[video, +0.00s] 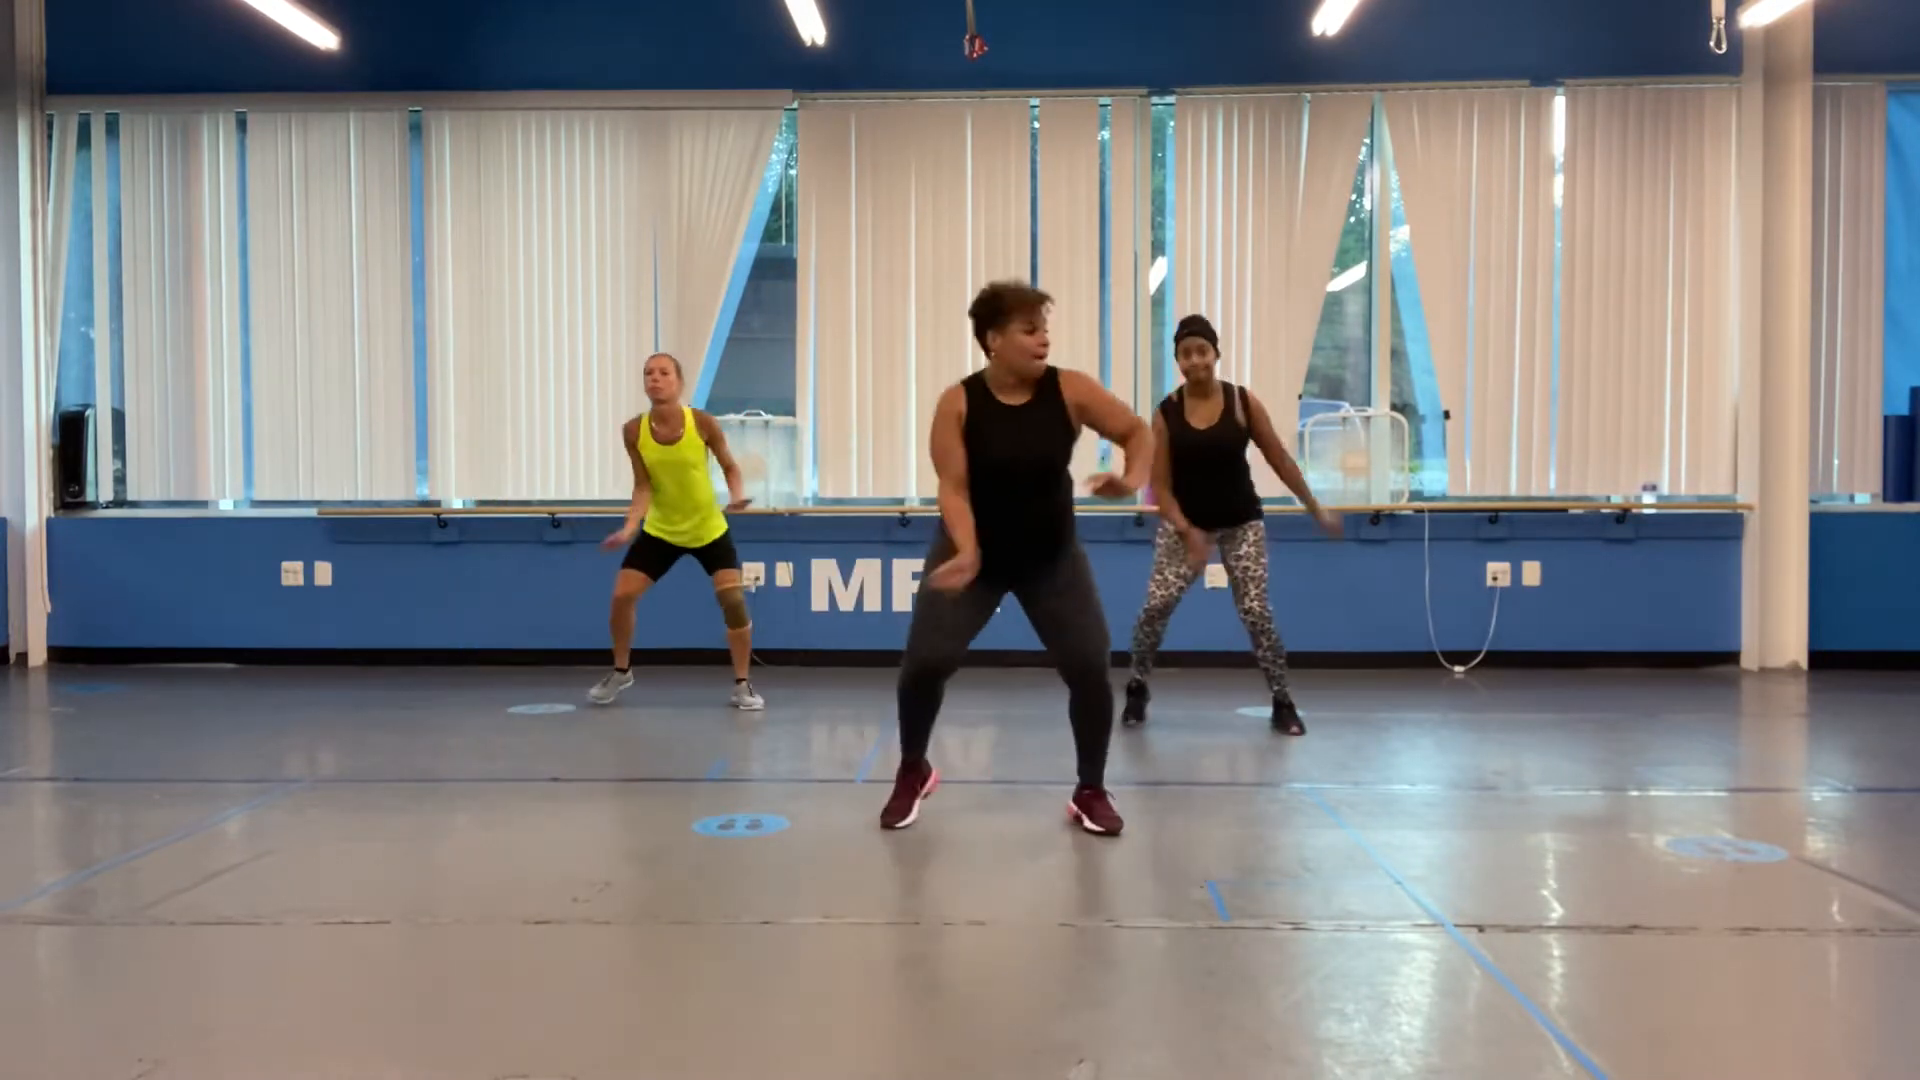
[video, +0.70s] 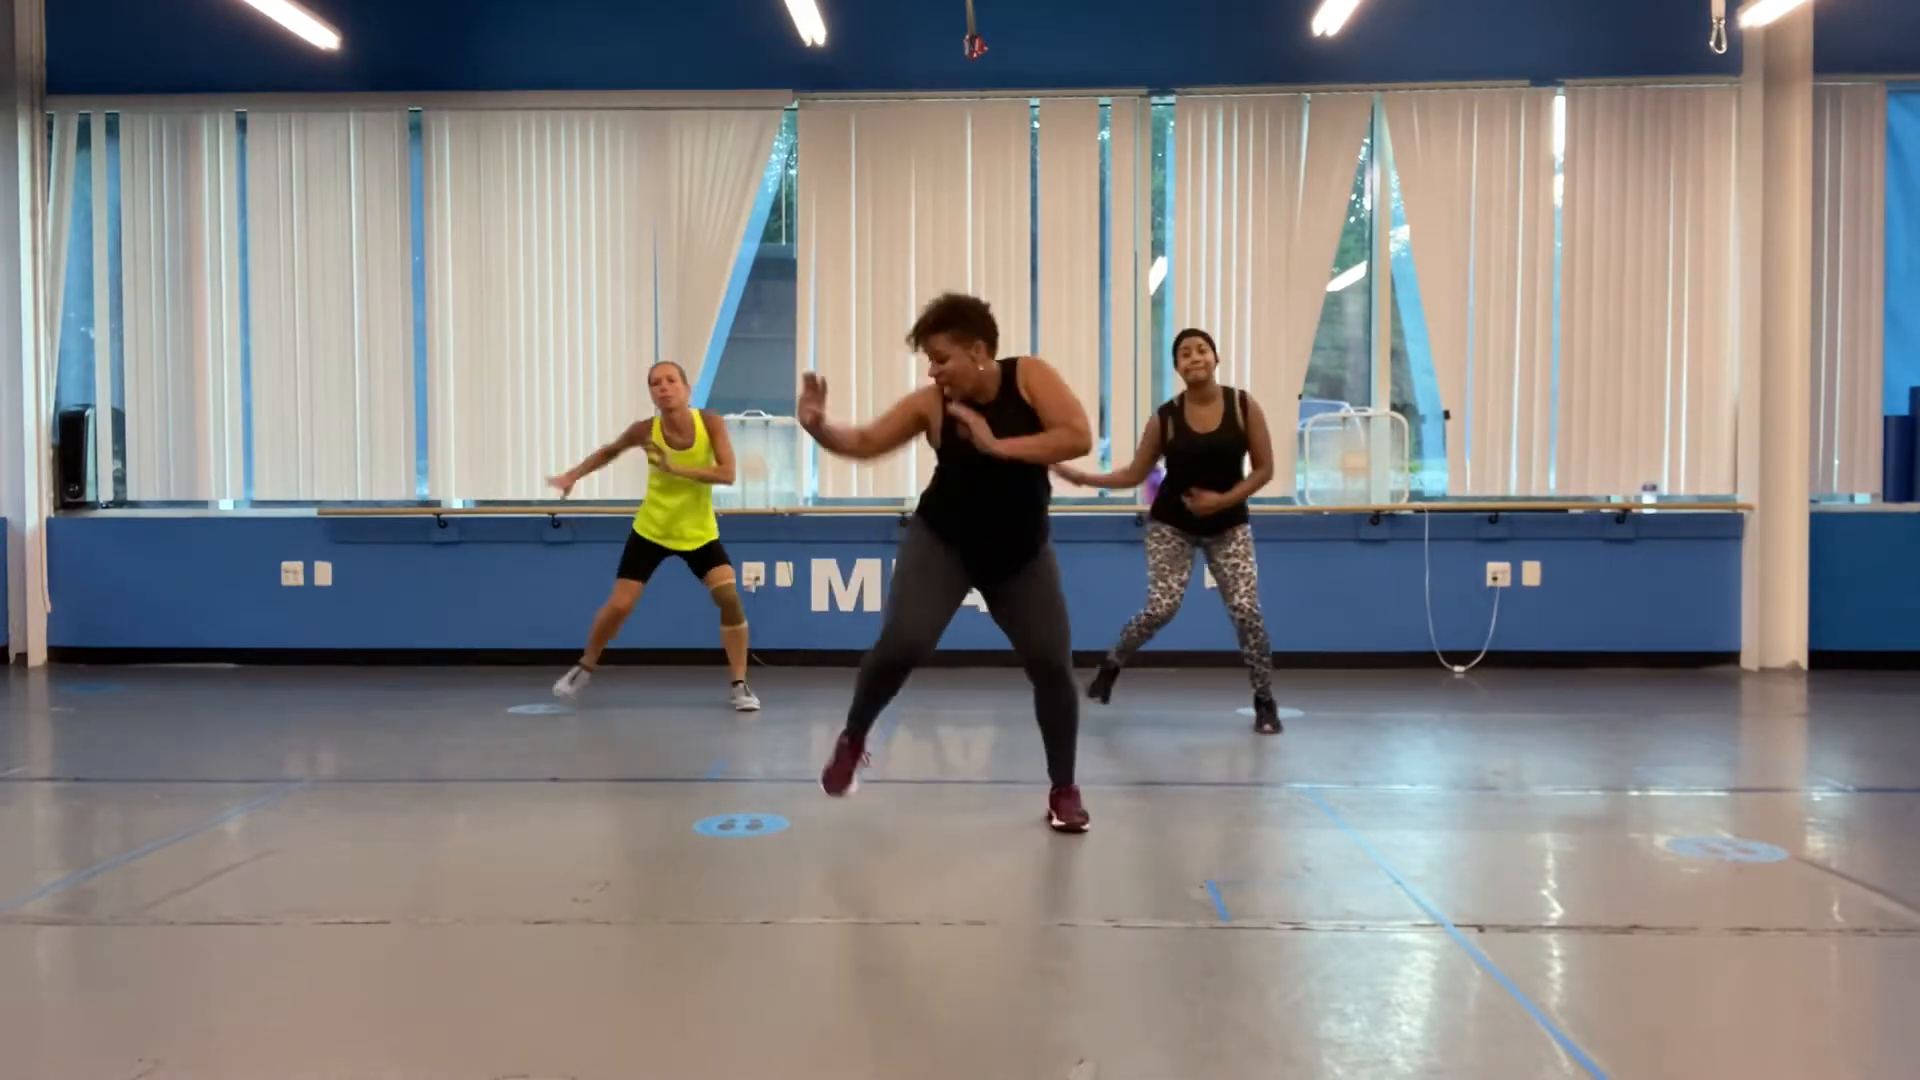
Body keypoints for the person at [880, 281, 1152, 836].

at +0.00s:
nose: (1044, 339)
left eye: (1045, 328)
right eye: (1030, 331)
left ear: (1048, 332)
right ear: (992, 341)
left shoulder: (1071, 391)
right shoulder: (957, 404)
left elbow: (1138, 433)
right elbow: (951, 486)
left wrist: (1130, 478)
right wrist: (967, 549)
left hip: (1051, 555)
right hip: (971, 553)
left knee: (1090, 666)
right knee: (923, 665)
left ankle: (1091, 790)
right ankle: (913, 769)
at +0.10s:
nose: (1028, 334)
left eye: (1029, 324)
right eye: (1015, 325)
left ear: (1028, 329)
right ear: (975, 332)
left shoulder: (1041, 382)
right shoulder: (932, 382)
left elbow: (1118, 399)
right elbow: (914, 461)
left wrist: (1138, 438)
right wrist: (996, 476)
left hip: (1033, 544)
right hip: (952, 545)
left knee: (1067, 659)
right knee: (907, 656)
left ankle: (1097, 784)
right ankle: (896, 767)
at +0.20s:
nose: (1007, 344)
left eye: (1007, 334)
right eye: (994, 335)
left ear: (1001, 341)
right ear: (954, 341)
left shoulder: (1017, 390)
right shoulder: (913, 376)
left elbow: (1082, 423)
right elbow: (875, 434)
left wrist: (1111, 432)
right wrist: (959, 430)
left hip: (1005, 541)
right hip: (930, 551)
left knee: (1057, 646)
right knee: (898, 669)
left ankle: (1113, 736)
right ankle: (881, 789)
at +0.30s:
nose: (997, 348)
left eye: (996, 338)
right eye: (984, 339)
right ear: (945, 347)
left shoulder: (1006, 413)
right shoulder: (899, 384)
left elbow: (1041, 487)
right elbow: (839, 426)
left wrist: (1078, 471)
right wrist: (917, 448)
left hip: (991, 551)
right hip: (912, 555)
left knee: (1037, 642)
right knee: (883, 674)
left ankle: (1091, 710)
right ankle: (880, 791)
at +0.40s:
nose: (981, 346)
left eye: (985, 334)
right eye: (966, 335)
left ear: (991, 338)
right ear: (934, 341)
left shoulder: (1005, 411)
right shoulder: (897, 379)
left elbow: (997, 499)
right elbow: (817, 400)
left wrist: (1033, 496)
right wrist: (856, 458)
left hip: (986, 552)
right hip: (905, 551)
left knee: (1031, 658)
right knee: (881, 672)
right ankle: (879, 791)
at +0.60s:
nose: (929, 357)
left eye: (938, 345)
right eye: (925, 347)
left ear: (978, 337)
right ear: (926, 344)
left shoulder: (1027, 368)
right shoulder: (922, 372)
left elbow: (1053, 448)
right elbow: (851, 375)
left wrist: (988, 427)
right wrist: (806, 391)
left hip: (999, 537)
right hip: (922, 532)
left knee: (1040, 652)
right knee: (893, 655)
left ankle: (1058, 776)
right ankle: (867, 777)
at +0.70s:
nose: (933, 372)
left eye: (941, 360)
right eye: (930, 361)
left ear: (980, 351)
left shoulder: (1030, 376)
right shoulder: (928, 404)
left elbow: (1078, 436)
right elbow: (866, 443)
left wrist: (999, 445)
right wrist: (819, 427)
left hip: (1018, 550)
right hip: (942, 544)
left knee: (1053, 666)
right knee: (900, 650)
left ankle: (1064, 790)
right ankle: (853, 738)